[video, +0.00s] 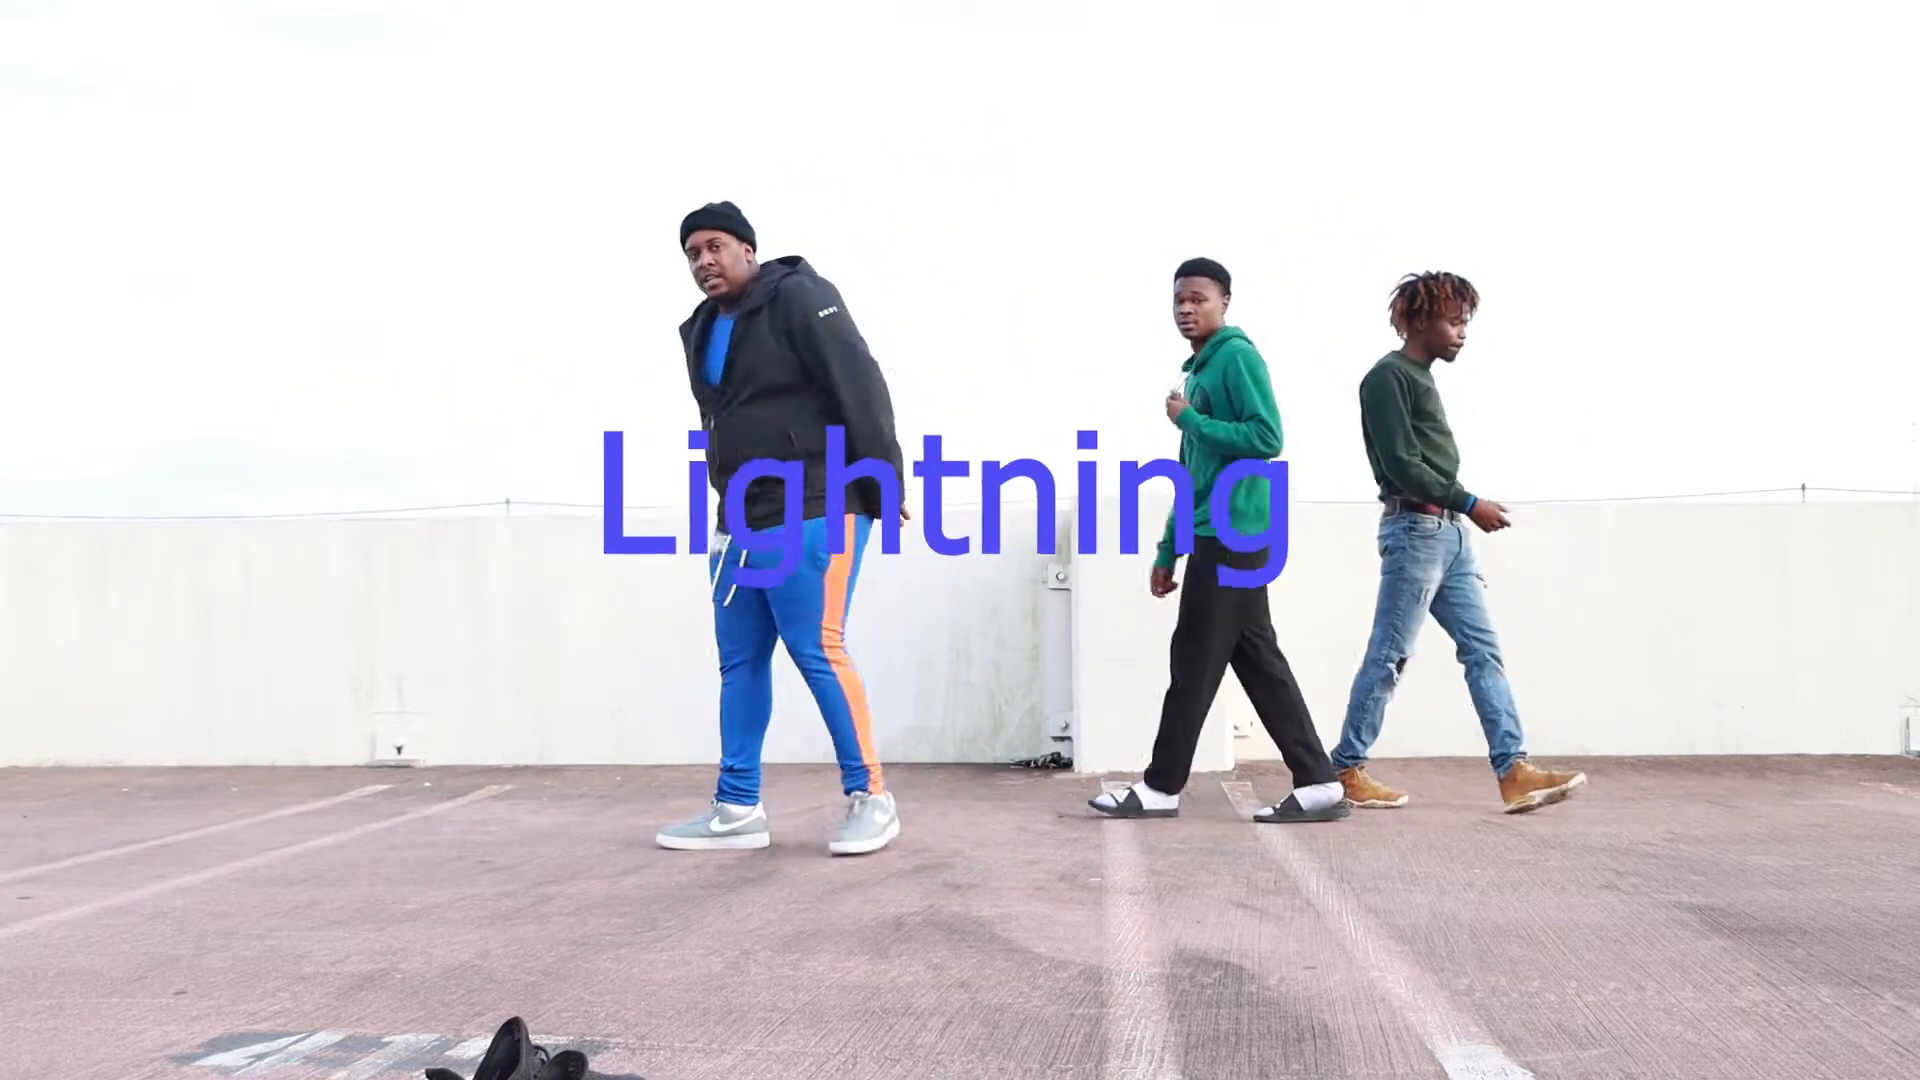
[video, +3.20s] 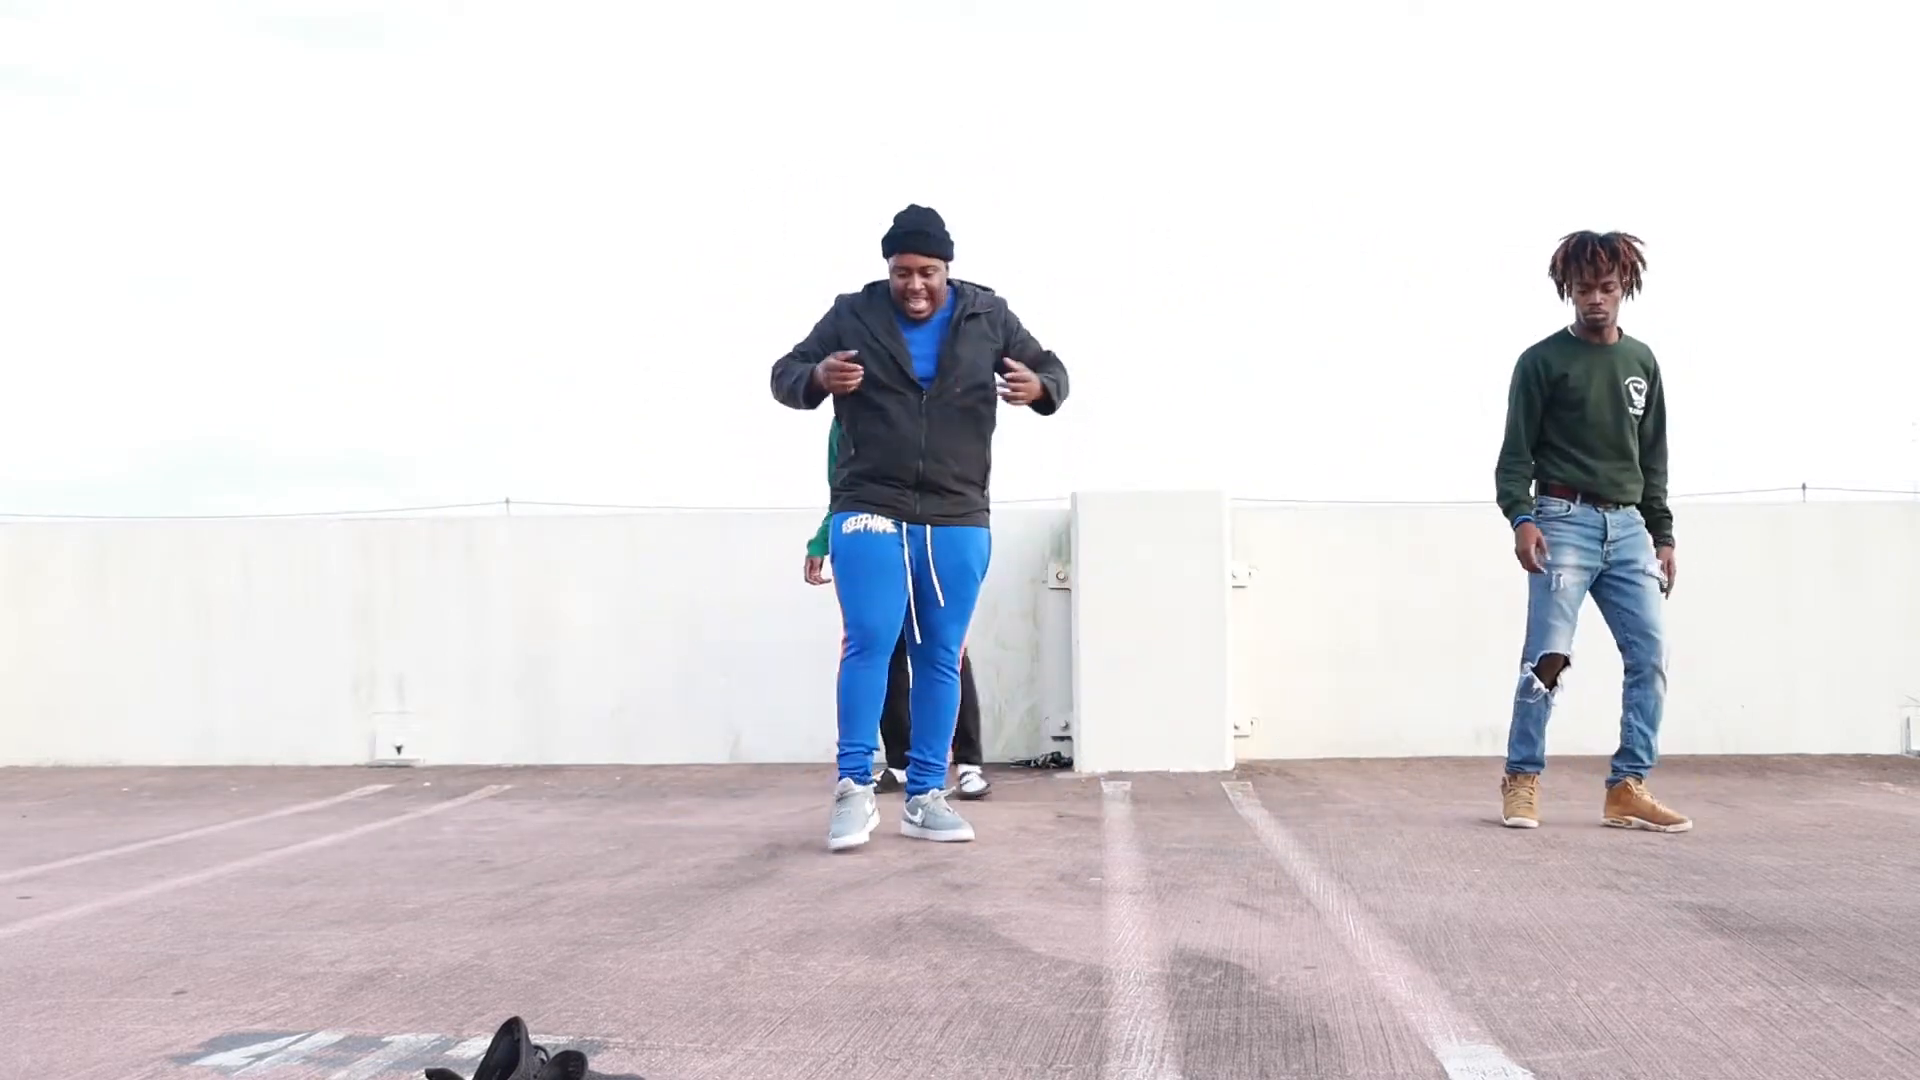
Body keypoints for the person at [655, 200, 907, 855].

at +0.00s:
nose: (704, 261)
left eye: (715, 247)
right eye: (695, 254)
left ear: (747, 248)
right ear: (690, 267)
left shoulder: (798, 293)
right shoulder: (703, 332)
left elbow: (859, 381)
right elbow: (721, 422)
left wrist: (882, 482)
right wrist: (726, 497)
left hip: (817, 505)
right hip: (744, 515)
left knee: (816, 646)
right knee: (741, 659)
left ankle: (870, 799)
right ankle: (737, 806)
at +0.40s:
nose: (790, 265)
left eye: (802, 253)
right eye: (780, 257)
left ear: (830, 258)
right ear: (770, 269)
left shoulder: (881, 321)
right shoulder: (755, 335)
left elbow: (929, 413)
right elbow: (725, 431)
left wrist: (933, 508)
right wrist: (722, 513)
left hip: (867, 519)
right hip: (778, 523)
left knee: (866, 660)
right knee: (769, 661)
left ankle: (884, 792)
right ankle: (742, 802)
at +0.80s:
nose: (898, 302)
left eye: (911, 292)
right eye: (887, 289)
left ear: (927, 291)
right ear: (864, 280)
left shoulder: (952, 349)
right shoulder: (815, 327)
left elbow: (974, 443)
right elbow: (756, 405)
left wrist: (970, 524)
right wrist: (750, 495)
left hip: (899, 521)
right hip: (815, 516)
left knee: (885, 652)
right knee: (814, 652)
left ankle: (886, 790)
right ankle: (832, 783)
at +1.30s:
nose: (887, 319)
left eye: (898, 307)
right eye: (875, 307)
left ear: (912, 303)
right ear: (852, 301)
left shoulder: (943, 352)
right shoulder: (814, 351)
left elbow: (1001, 420)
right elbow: (762, 413)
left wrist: (1065, 490)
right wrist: (722, 487)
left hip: (906, 528)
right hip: (825, 530)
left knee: (895, 649)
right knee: (839, 663)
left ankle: (896, 784)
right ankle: (852, 784)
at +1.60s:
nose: (892, 292)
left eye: (902, 281)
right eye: (879, 280)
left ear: (917, 282)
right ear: (858, 280)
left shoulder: (948, 333)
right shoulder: (819, 331)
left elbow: (1024, 366)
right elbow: (752, 363)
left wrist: (1105, 395)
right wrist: (680, 391)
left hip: (921, 525)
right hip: (835, 526)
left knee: (917, 648)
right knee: (848, 662)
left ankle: (926, 788)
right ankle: (854, 787)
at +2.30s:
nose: (911, 255)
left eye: (922, 247)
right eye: (898, 245)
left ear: (936, 261)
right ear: (875, 256)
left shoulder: (969, 315)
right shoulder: (835, 307)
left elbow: (1036, 331)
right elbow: (765, 340)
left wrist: (1096, 312)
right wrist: (732, 316)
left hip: (941, 508)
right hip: (853, 506)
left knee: (933, 661)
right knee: (860, 654)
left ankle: (925, 798)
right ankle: (850, 804)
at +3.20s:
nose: (915, 286)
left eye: (927, 274)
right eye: (903, 275)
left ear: (947, 267)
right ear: (887, 269)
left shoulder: (986, 314)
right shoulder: (854, 314)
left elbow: (1052, 374)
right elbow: (785, 378)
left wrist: (1041, 387)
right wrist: (817, 379)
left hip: (955, 509)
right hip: (869, 505)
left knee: (941, 655)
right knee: (869, 643)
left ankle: (925, 796)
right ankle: (855, 791)